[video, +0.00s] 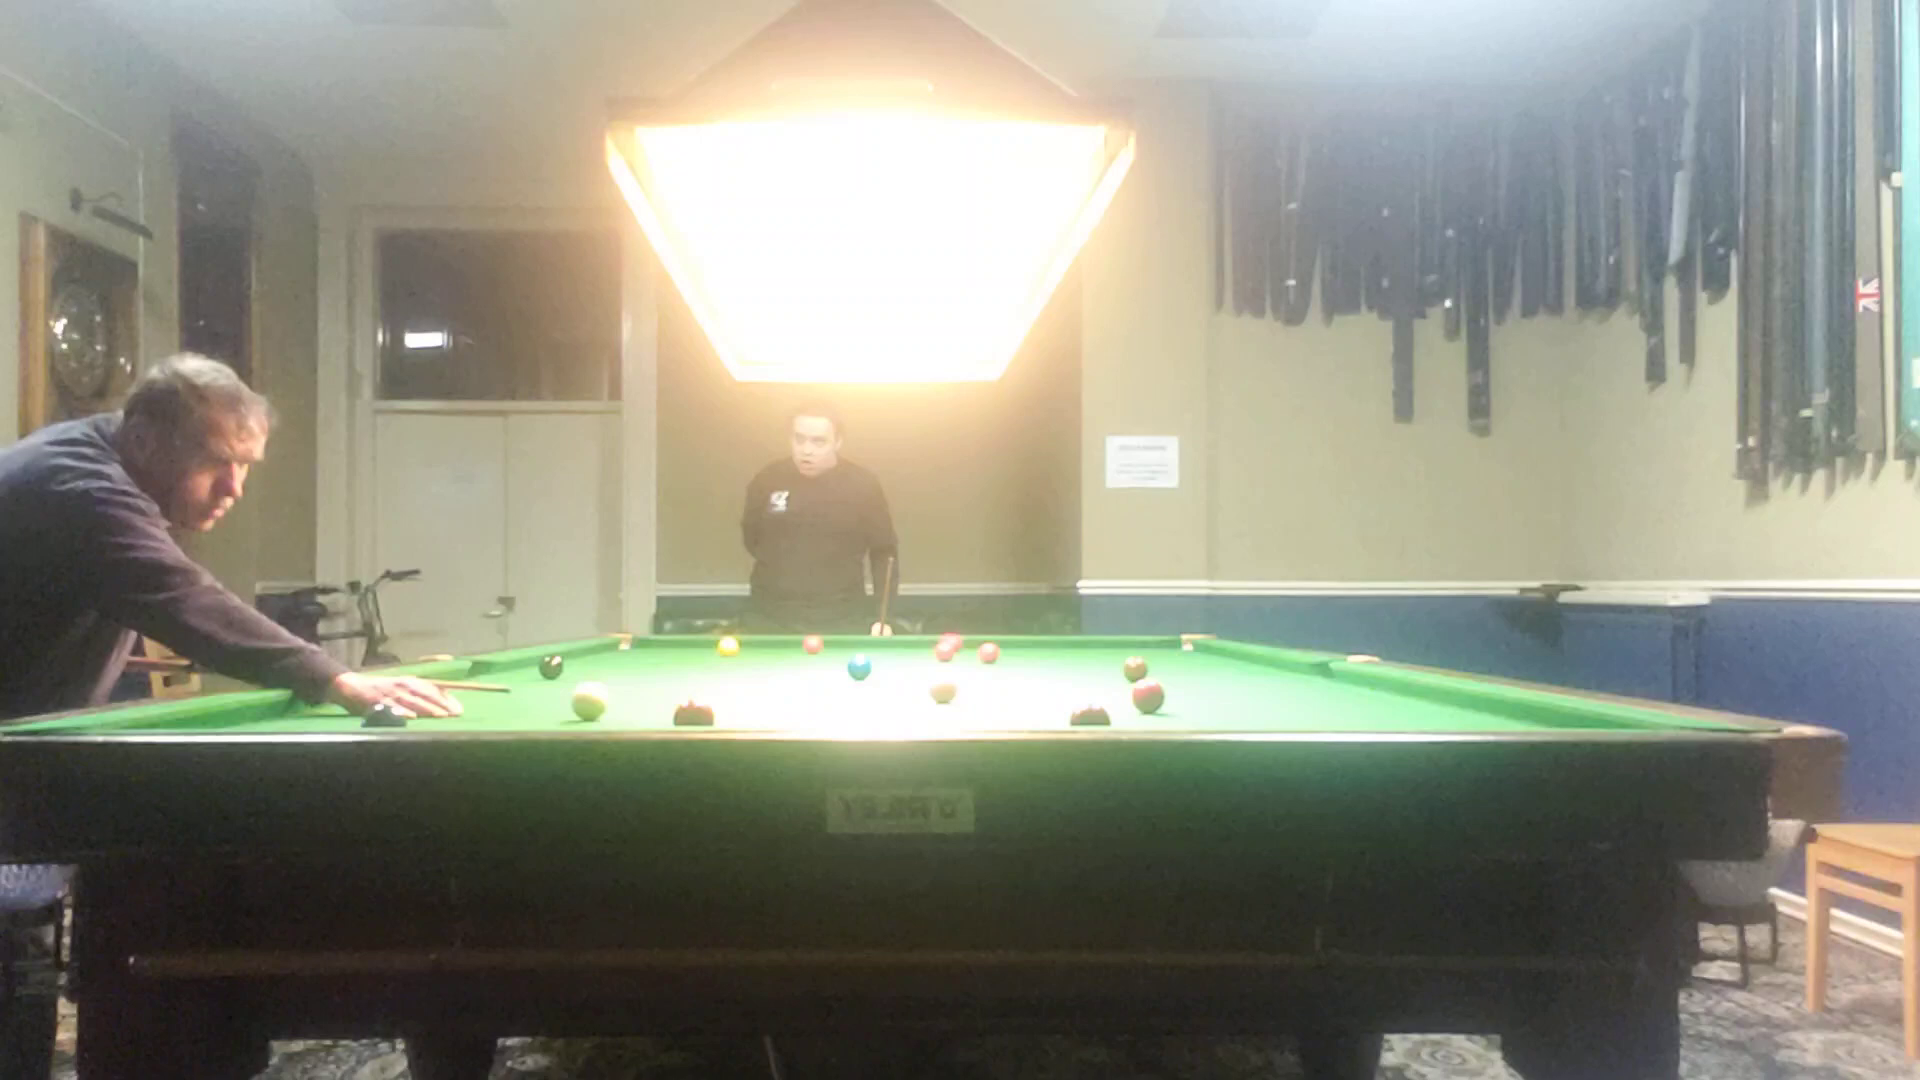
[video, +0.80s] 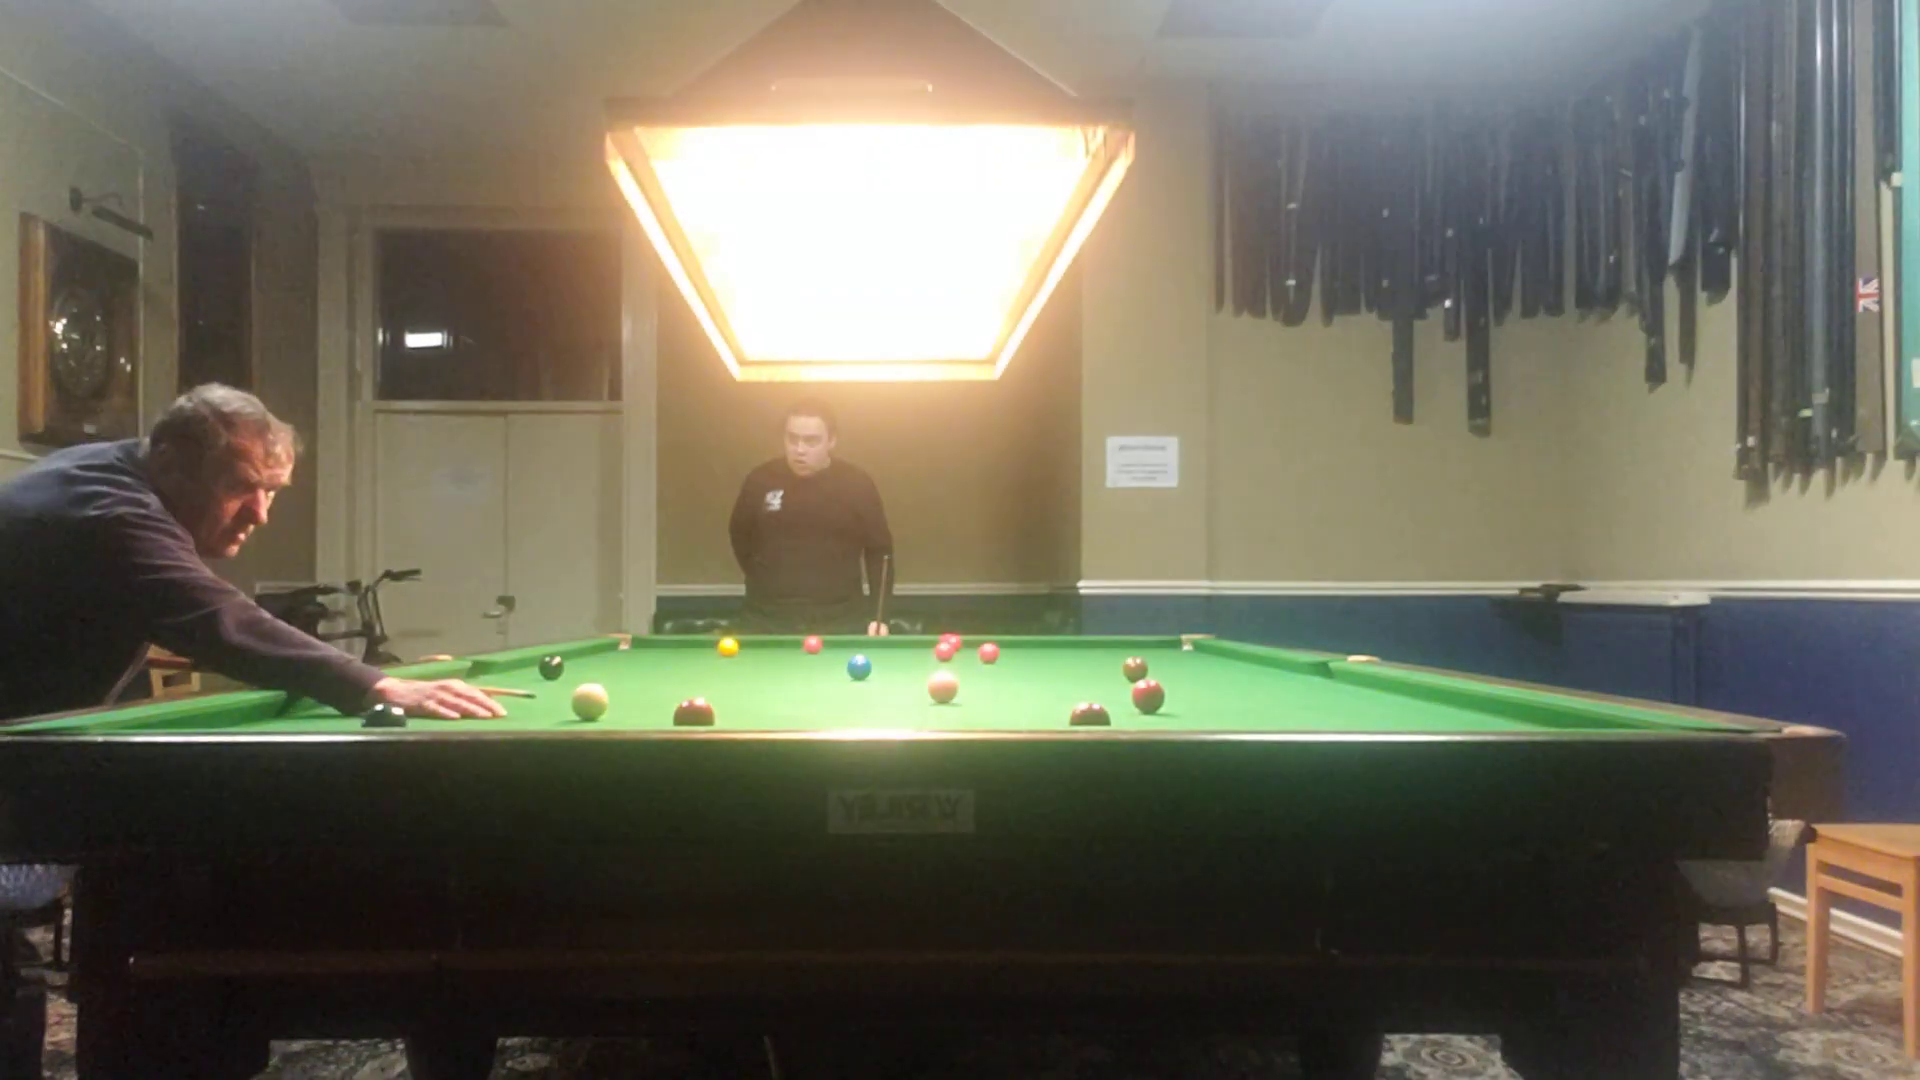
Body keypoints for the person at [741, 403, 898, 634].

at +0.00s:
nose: (806, 451)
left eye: (818, 442)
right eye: (800, 440)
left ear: (838, 443)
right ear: (791, 439)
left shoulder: (863, 485)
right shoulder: (767, 480)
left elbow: (884, 551)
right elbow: (753, 540)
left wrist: (883, 618)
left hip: (842, 617)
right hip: (772, 617)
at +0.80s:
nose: (800, 450)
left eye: (811, 441)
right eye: (793, 440)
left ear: (831, 442)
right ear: (784, 439)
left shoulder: (857, 485)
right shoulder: (760, 482)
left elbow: (880, 550)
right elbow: (740, 537)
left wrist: (880, 616)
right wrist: (764, 581)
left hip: (840, 622)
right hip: (768, 623)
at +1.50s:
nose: (813, 453)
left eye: (824, 444)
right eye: (805, 442)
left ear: (840, 445)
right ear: (794, 441)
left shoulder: (862, 488)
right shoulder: (766, 481)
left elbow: (883, 556)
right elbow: (740, 541)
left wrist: (882, 619)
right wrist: (736, 598)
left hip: (843, 626)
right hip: (770, 626)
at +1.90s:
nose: (815, 453)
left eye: (825, 444)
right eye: (807, 442)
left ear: (842, 444)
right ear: (795, 440)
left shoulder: (862, 489)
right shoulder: (768, 481)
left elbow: (887, 550)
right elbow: (736, 538)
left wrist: (881, 596)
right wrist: (722, 591)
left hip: (841, 625)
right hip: (770, 622)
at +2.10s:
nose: (814, 453)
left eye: (825, 443)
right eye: (806, 442)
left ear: (842, 444)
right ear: (794, 440)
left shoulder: (859, 488)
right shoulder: (767, 482)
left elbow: (891, 542)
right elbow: (736, 544)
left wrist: (889, 566)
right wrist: (729, 597)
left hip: (841, 622)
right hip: (771, 623)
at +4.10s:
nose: (805, 438)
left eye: (816, 430)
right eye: (798, 429)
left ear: (834, 437)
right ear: (788, 434)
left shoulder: (858, 483)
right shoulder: (766, 484)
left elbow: (891, 549)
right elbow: (742, 552)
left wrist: (878, 537)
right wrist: (734, 608)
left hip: (840, 623)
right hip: (771, 624)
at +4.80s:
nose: (771, 433)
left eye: (783, 425)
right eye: (763, 424)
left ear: (799, 434)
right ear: (753, 431)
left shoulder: (823, 480)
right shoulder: (730, 482)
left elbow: (858, 548)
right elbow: (706, 549)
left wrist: (853, 536)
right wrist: (701, 609)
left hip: (810, 622)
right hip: (741, 623)